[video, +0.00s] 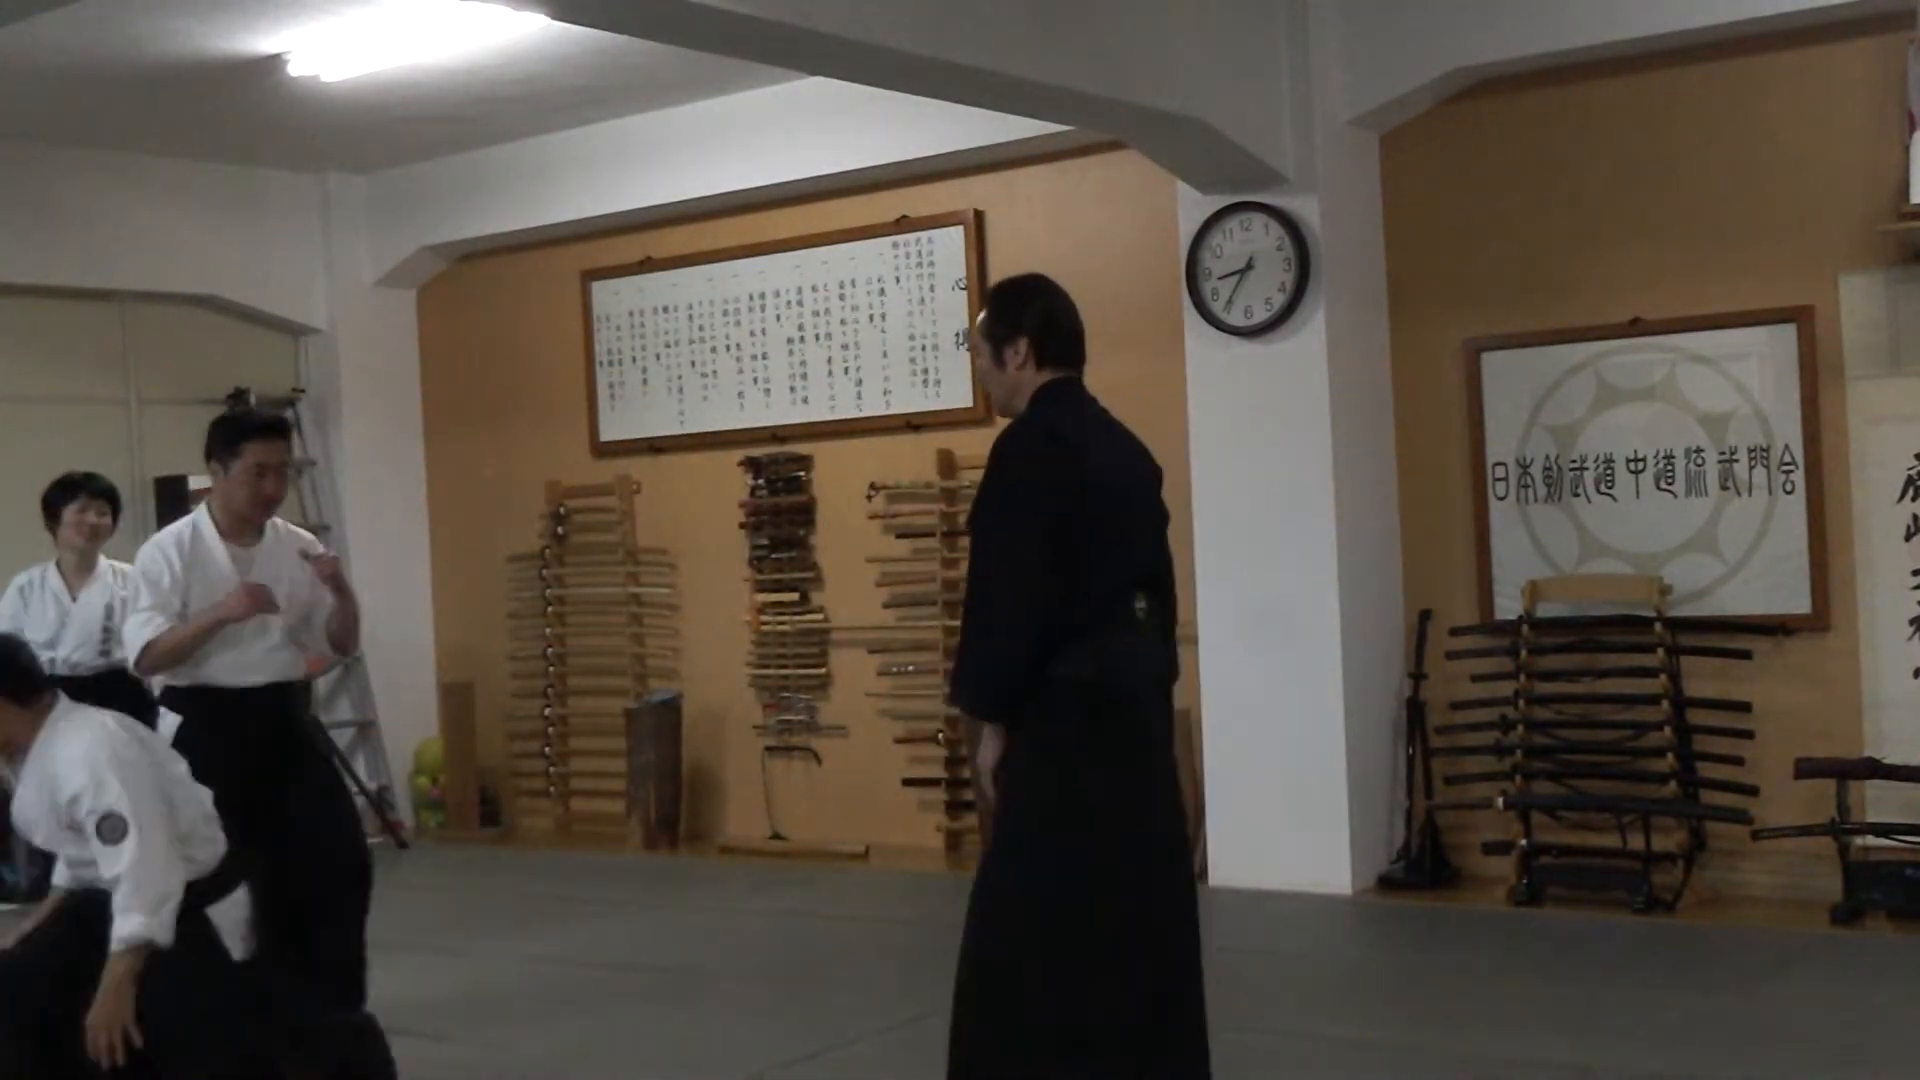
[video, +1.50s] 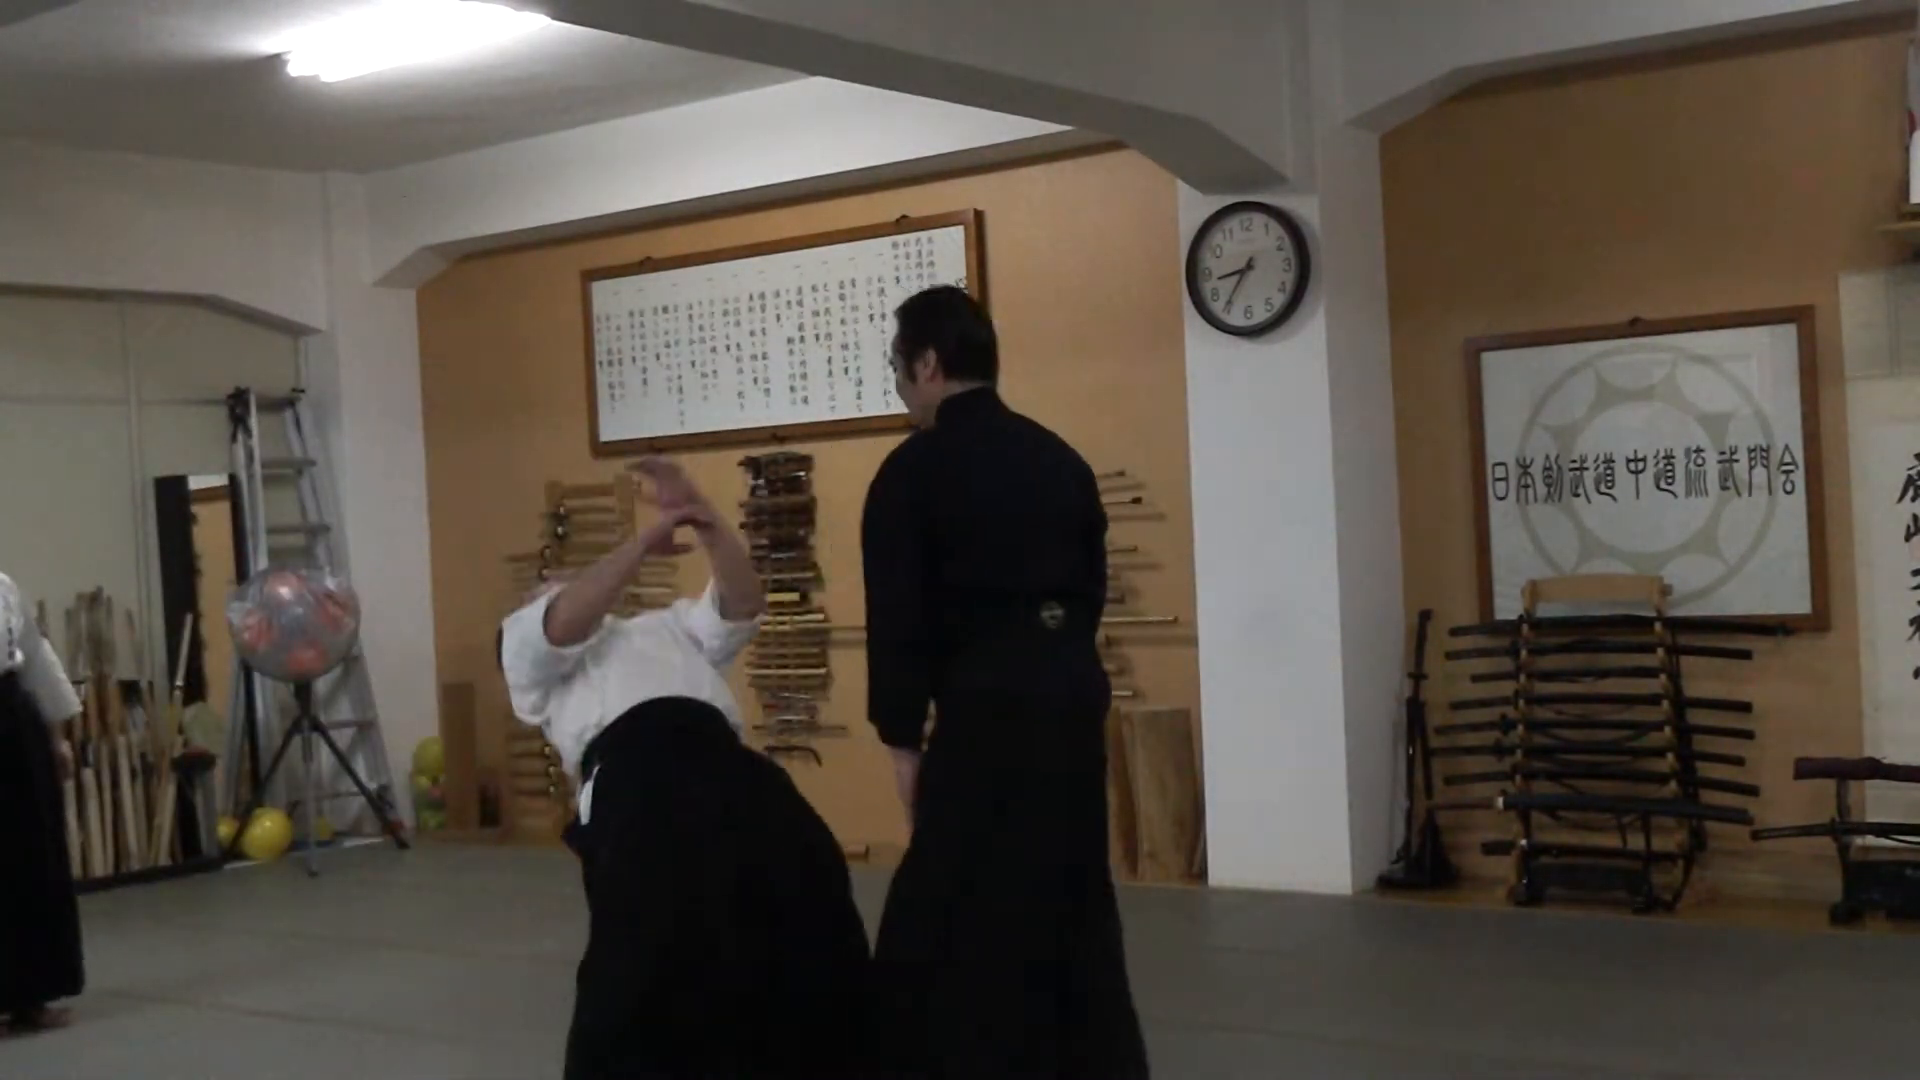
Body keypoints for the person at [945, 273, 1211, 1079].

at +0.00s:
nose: (981, 373)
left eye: (983, 354)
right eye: (979, 355)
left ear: (1020, 352)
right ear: (1059, 352)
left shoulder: (1026, 447)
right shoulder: (1122, 445)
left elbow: (1004, 593)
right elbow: (1153, 597)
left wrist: (992, 722)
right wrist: (1142, 694)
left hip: (1056, 724)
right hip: (1132, 719)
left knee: (1029, 935)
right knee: (1132, 927)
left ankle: (1035, 1069)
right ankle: (1135, 1065)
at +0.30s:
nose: (939, 375)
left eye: (943, 357)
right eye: (938, 358)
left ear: (978, 356)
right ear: (1019, 356)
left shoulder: (985, 450)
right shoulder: (1081, 448)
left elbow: (965, 597)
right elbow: (1092, 601)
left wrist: (958, 734)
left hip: (1018, 727)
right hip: (1096, 720)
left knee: (993, 931)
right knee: (1098, 921)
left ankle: (997, 1068)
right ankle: (1105, 1063)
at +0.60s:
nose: (891, 381)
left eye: (893, 364)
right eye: (890, 364)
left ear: (921, 362)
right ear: (974, 360)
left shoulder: (915, 457)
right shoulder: (1035, 457)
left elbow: (892, 599)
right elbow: (1038, 607)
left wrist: (887, 729)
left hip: (948, 720)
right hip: (1031, 709)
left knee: (948, 920)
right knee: (1041, 907)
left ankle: (951, 1064)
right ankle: (1058, 1061)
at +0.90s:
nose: (866, 377)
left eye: (870, 362)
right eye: (866, 362)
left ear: (897, 363)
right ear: (954, 363)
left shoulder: (881, 462)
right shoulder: (1015, 460)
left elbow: (851, 598)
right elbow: (1023, 598)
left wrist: (848, 729)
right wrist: (1009, 695)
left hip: (923, 718)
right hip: (1008, 712)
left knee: (913, 914)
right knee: (1000, 906)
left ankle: (914, 1064)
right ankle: (1006, 1063)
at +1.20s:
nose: (853, 371)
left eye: (857, 356)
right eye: (855, 357)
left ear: (883, 358)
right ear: (942, 359)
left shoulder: (849, 463)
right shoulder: (1012, 448)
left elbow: (823, 605)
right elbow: (1032, 576)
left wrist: (820, 729)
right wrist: (994, 642)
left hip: (916, 702)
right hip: (1008, 693)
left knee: (906, 896)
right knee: (1004, 891)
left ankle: (909, 1061)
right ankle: (1026, 1063)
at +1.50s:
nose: (902, 386)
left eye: (903, 369)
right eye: (901, 370)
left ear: (928, 367)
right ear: (985, 361)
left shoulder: (911, 469)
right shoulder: (1060, 457)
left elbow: (897, 619)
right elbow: (1087, 596)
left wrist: (904, 746)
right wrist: (1052, 681)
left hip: (975, 716)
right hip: (1070, 709)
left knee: (957, 903)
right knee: (1068, 899)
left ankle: (966, 1065)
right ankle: (1081, 1062)